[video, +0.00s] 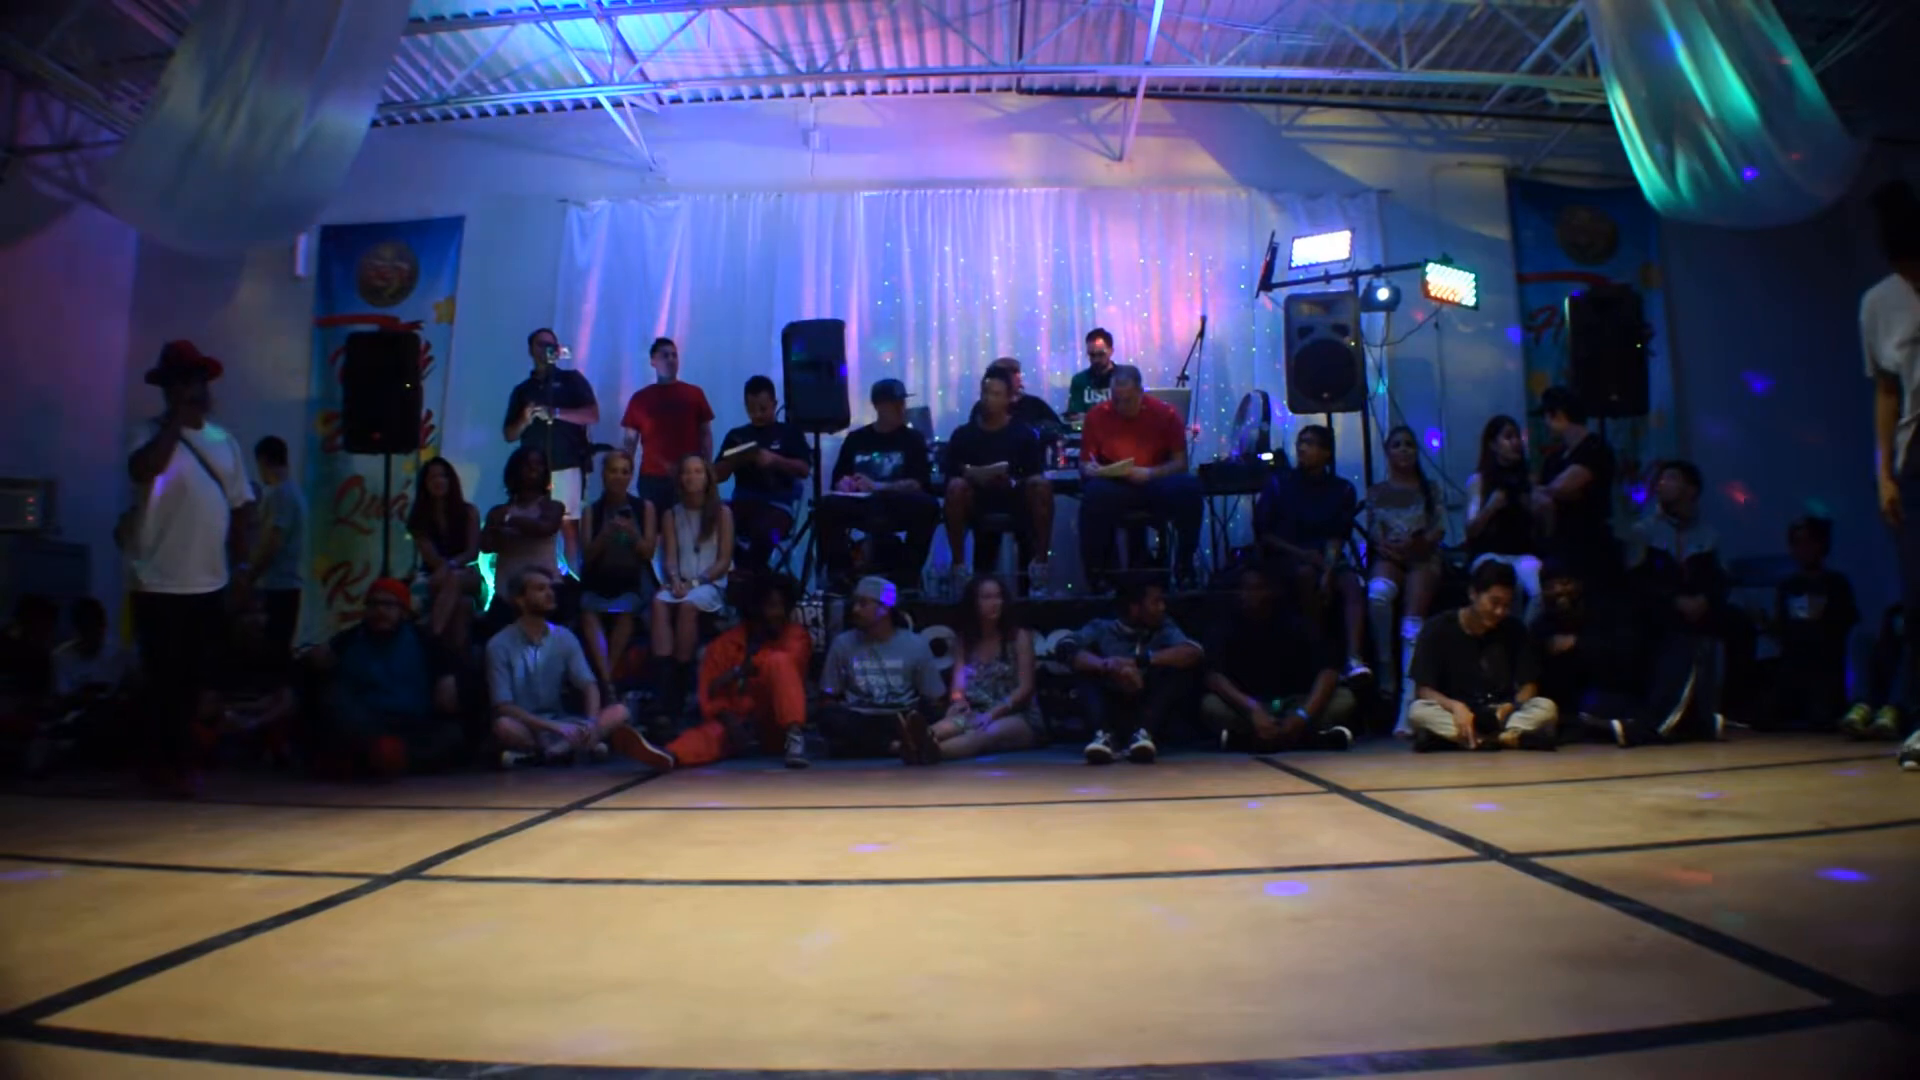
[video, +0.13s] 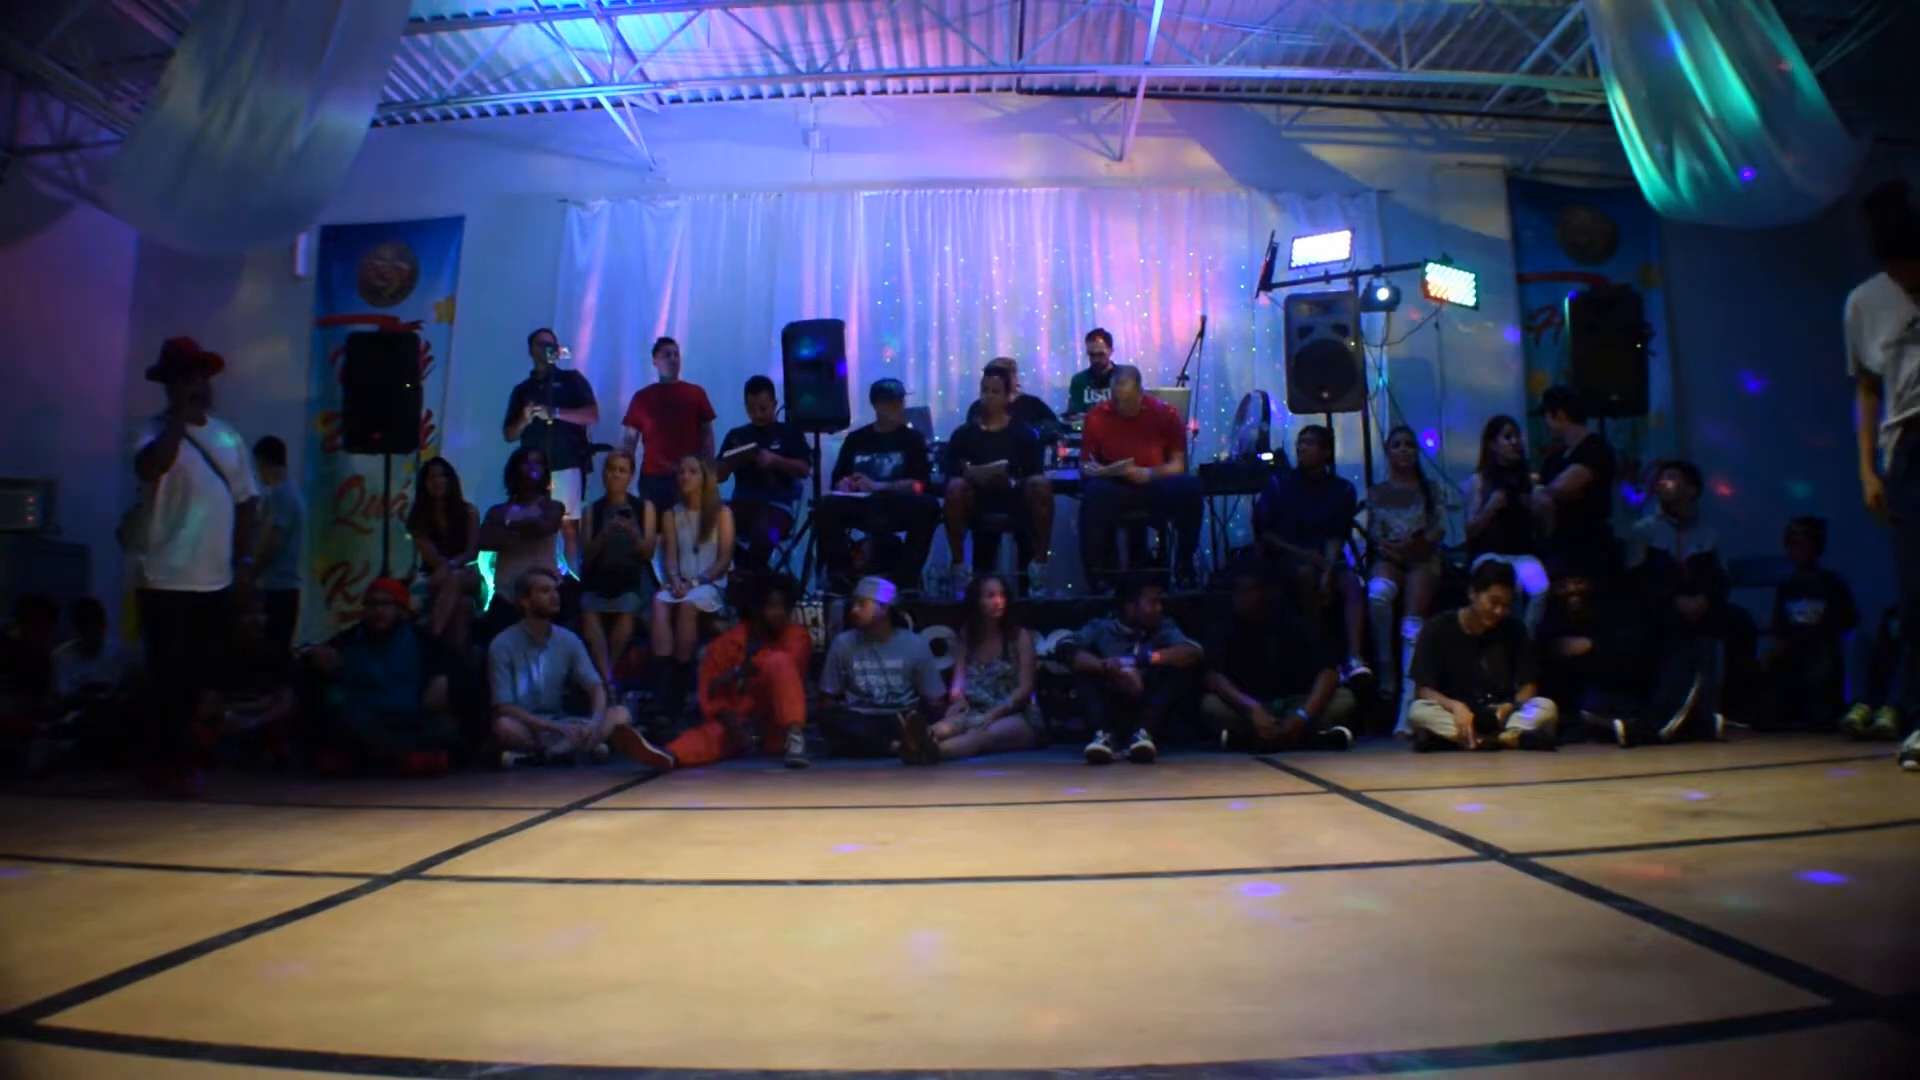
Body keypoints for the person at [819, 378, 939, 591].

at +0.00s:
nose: (901, 408)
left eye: (901, 402)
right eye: (894, 403)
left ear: (903, 404)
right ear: (878, 405)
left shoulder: (913, 439)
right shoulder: (856, 438)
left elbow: (919, 483)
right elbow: (838, 481)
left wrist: (876, 486)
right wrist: (848, 485)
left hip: (898, 502)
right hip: (860, 503)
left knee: (927, 508)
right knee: (827, 507)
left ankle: (909, 577)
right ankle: (838, 576)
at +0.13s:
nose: (896, 408)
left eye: (899, 402)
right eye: (889, 403)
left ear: (903, 403)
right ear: (875, 405)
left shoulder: (913, 439)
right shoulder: (856, 439)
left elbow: (919, 484)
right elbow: (837, 482)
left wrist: (876, 486)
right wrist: (848, 485)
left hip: (897, 502)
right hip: (859, 502)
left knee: (927, 508)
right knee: (826, 508)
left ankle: (907, 580)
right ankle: (839, 577)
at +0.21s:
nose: (896, 407)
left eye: (899, 401)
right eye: (889, 402)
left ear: (903, 403)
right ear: (876, 404)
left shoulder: (913, 439)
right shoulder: (855, 439)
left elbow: (918, 483)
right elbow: (837, 481)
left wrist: (875, 486)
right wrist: (846, 484)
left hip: (897, 502)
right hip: (860, 502)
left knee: (927, 508)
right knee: (827, 507)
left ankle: (907, 579)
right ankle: (839, 576)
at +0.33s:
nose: (897, 406)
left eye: (900, 400)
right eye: (890, 401)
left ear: (903, 402)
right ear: (875, 404)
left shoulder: (913, 439)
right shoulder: (856, 438)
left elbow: (918, 483)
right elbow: (837, 480)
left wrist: (876, 485)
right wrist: (845, 483)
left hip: (896, 502)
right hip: (859, 502)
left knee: (927, 508)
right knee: (827, 506)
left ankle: (907, 580)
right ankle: (839, 576)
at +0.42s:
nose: (898, 405)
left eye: (901, 399)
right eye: (891, 400)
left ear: (904, 401)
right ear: (876, 404)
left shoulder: (913, 438)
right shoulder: (856, 439)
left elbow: (919, 483)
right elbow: (838, 480)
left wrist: (877, 484)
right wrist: (843, 483)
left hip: (899, 502)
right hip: (861, 502)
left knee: (928, 508)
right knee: (827, 506)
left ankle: (909, 578)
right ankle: (839, 576)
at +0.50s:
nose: (898, 405)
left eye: (900, 399)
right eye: (891, 400)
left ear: (903, 401)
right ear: (876, 403)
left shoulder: (913, 439)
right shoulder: (856, 439)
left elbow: (921, 483)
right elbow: (838, 480)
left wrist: (881, 484)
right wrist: (843, 483)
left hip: (899, 502)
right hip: (861, 502)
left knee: (927, 508)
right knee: (827, 506)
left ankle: (909, 578)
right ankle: (839, 576)